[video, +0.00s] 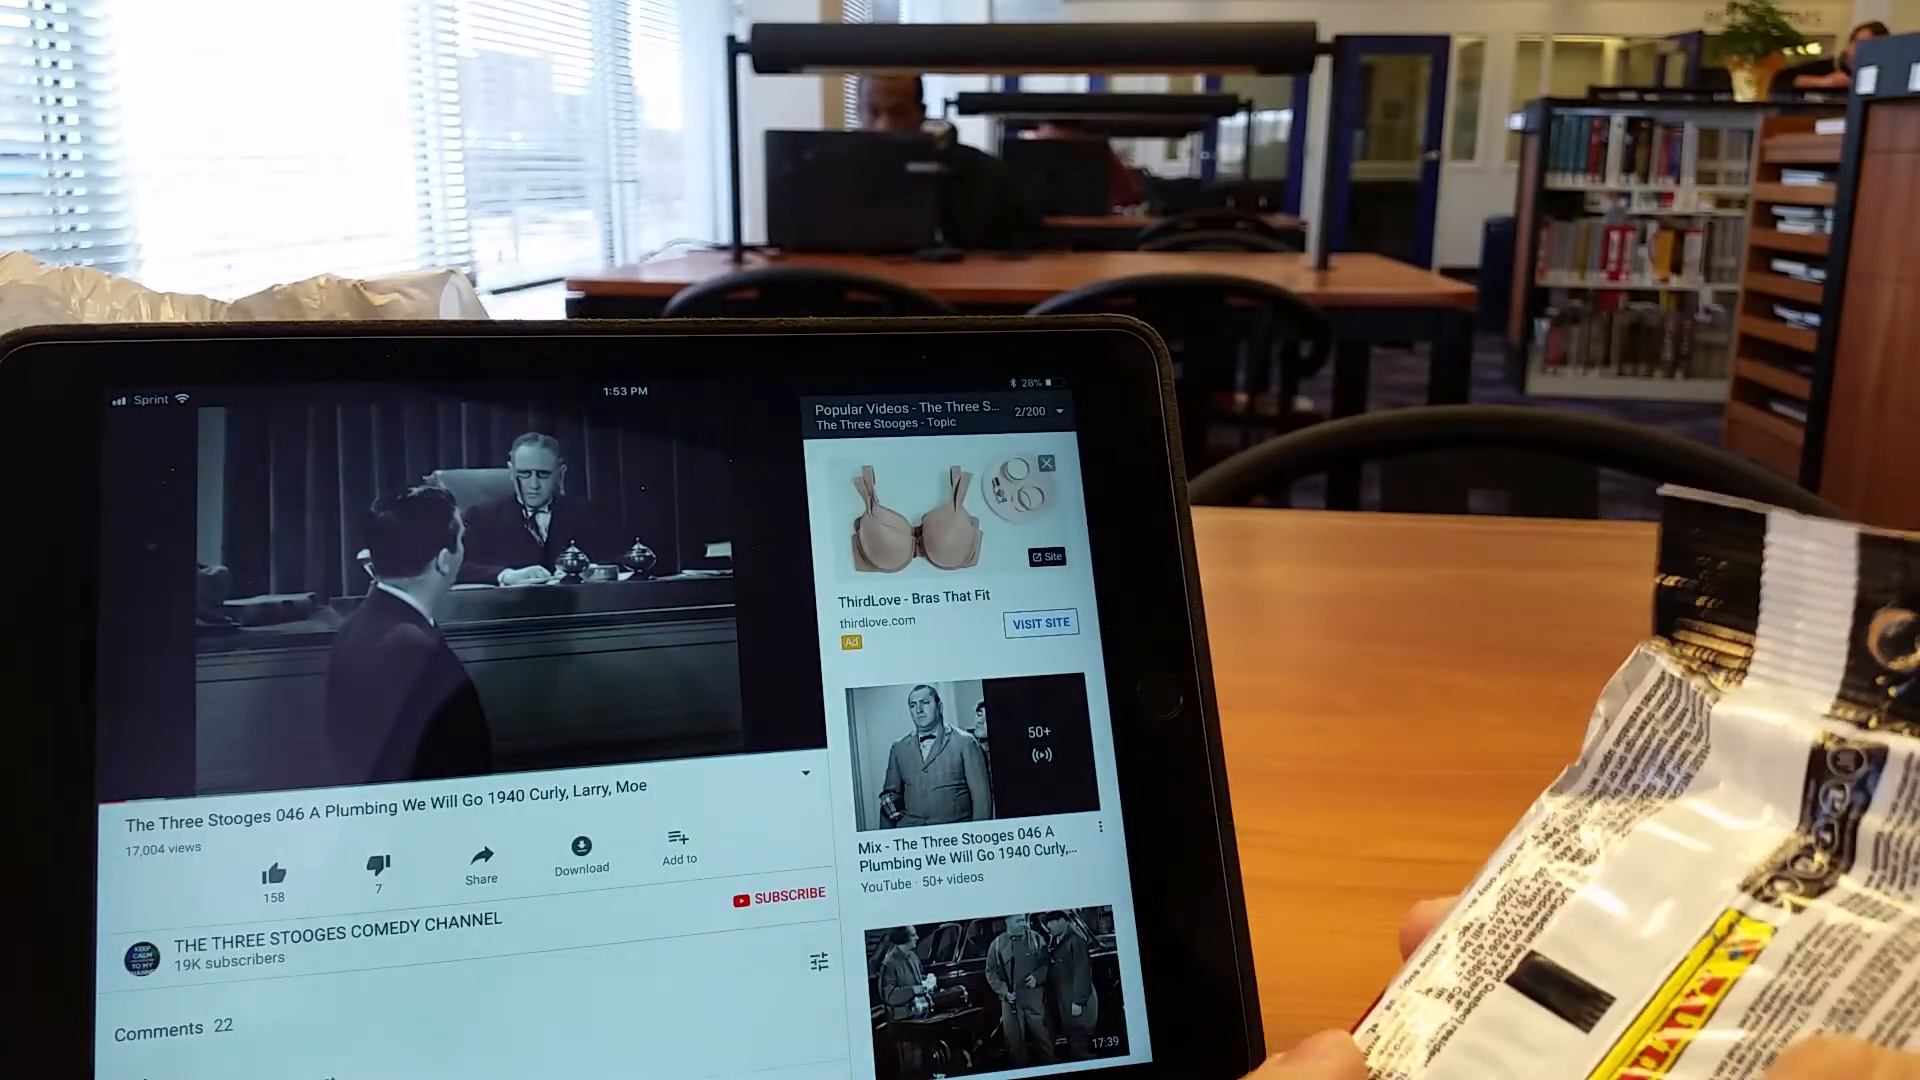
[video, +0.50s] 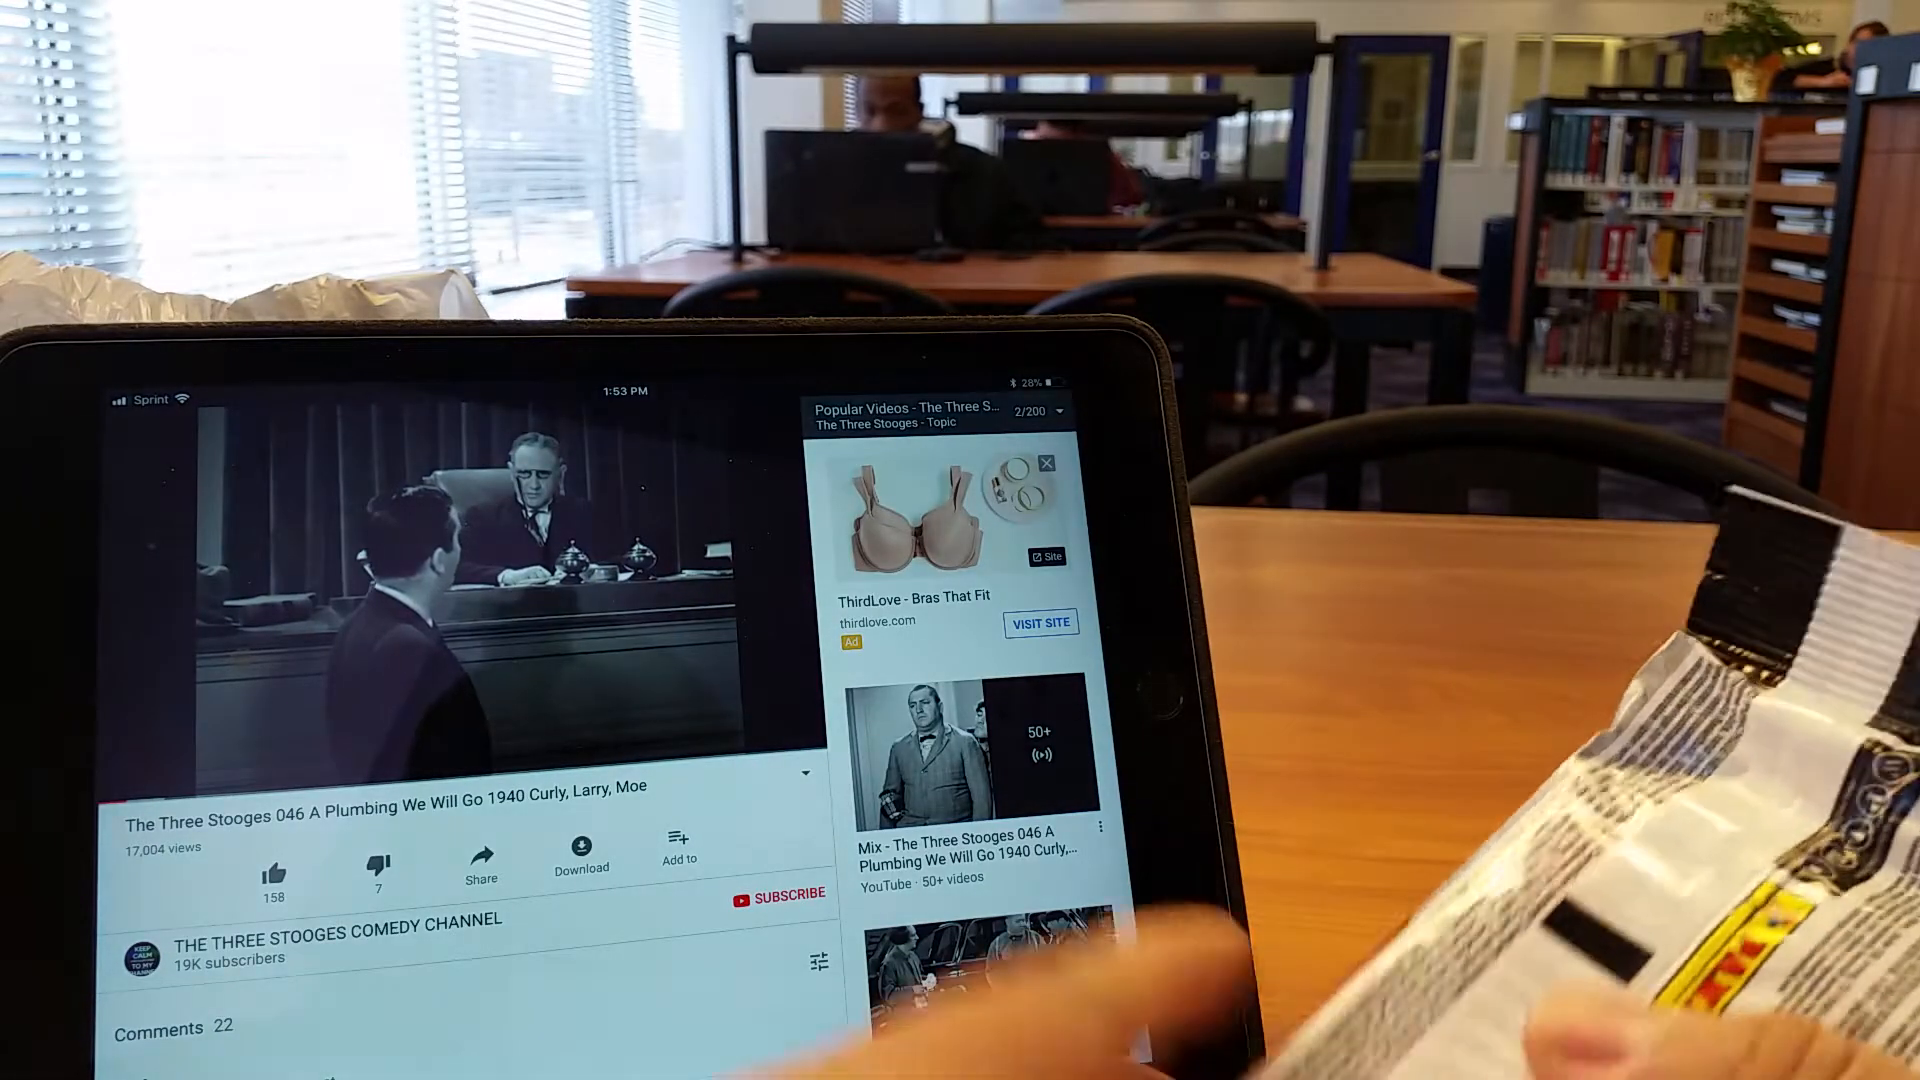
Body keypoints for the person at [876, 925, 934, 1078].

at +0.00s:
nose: (917, 938)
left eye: (916, 934)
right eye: (913, 936)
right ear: (902, 940)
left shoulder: (913, 956)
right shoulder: (889, 963)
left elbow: (919, 978)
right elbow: (889, 995)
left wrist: (929, 981)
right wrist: (916, 990)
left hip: (921, 1015)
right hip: (902, 1019)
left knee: (925, 1056)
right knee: (908, 1060)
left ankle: (927, 1076)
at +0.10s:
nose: (917, 938)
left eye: (916, 934)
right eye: (913, 936)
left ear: (904, 939)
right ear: (903, 940)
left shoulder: (913, 956)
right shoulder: (890, 963)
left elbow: (920, 978)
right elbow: (888, 995)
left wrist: (928, 981)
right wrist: (915, 990)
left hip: (920, 1014)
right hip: (902, 1018)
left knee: (924, 1055)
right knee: (908, 1059)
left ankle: (926, 1076)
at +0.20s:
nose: (917, 938)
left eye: (916, 934)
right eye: (913, 936)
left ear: (904, 939)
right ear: (903, 939)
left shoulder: (913, 957)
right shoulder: (889, 963)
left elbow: (920, 979)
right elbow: (889, 995)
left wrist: (928, 982)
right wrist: (914, 990)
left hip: (920, 1015)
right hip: (902, 1019)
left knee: (924, 1058)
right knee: (908, 1062)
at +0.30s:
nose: (917, 938)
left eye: (916, 934)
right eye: (913, 936)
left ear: (904, 939)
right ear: (903, 940)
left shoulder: (913, 957)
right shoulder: (889, 963)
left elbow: (920, 979)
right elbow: (889, 995)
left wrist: (928, 981)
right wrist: (915, 990)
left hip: (920, 1015)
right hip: (901, 1019)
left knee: (924, 1059)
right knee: (908, 1062)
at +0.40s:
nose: (917, 938)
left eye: (916, 934)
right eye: (913, 936)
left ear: (904, 940)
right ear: (903, 940)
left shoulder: (913, 956)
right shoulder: (889, 963)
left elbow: (920, 979)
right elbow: (889, 995)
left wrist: (928, 981)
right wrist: (914, 990)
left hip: (921, 1016)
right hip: (902, 1020)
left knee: (924, 1060)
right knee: (909, 1063)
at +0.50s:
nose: (917, 938)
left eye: (916, 934)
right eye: (913, 935)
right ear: (902, 939)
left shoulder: (913, 956)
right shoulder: (889, 964)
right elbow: (888, 994)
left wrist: (927, 982)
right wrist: (912, 990)